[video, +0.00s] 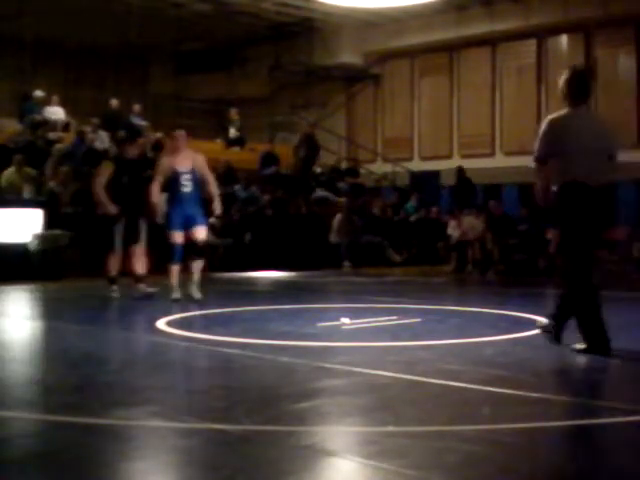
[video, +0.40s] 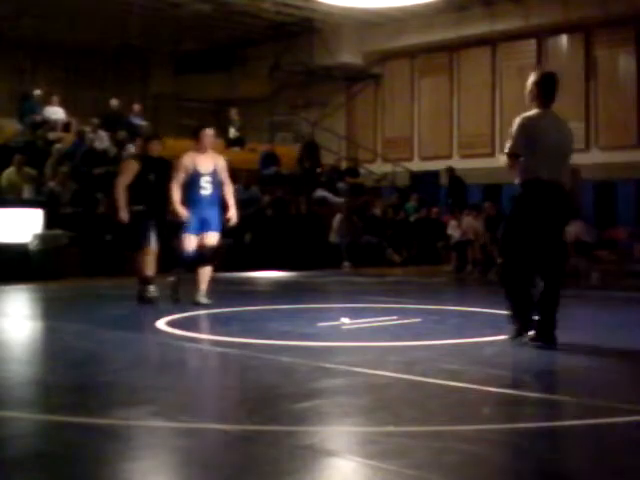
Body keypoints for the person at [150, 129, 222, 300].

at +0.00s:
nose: (179, 143)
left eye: (182, 139)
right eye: (176, 139)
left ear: (187, 140)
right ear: (171, 141)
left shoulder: (197, 158)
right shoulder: (166, 160)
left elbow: (209, 180)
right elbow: (157, 184)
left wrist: (216, 200)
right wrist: (157, 204)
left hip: (195, 205)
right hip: (175, 207)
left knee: (200, 242)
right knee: (177, 246)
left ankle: (195, 284)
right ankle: (175, 286)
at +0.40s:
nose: (209, 141)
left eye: (211, 137)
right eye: (206, 137)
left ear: (214, 139)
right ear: (199, 139)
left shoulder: (219, 160)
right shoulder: (188, 159)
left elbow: (227, 185)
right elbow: (177, 183)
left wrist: (231, 207)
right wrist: (178, 205)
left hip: (213, 210)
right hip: (193, 210)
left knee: (209, 250)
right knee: (189, 249)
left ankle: (202, 292)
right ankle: (178, 278)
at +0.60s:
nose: (224, 139)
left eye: (227, 136)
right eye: (222, 135)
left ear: (229, 137)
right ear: (214, 135)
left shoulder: (230, 155)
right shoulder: (200, 155)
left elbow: (238, 176)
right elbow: (184, 179)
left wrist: (246, 186)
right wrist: (183, 206)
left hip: (224, 203)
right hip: (206, 203)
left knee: (217, 245)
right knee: (213, 241)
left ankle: (204, 290)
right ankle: (201, 285)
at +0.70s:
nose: (231, 137)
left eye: (233, 133)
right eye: (228, 133)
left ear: (236, 136)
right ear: (220, 134)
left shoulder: (236, 156)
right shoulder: (207, 155)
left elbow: (246, 176)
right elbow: (190, 179)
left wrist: (256, 184)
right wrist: (188, 207)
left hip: (231, 204)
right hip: (213, 204)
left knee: (221, 244)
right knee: (221, 242)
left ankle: (207, 286)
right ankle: (222, 288)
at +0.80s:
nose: (239, 138)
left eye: (241, 134)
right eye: (235, 134)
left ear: (243, 136)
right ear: (227, 135)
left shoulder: (244, 159)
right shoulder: (215, 157)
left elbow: (256, 180)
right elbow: (198, 181)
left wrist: (267, 185)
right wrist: (198, 209)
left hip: (238, 206)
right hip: (221, 205)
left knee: (232, 247)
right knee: (233, 245)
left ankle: (209, 278)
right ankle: (238, 291)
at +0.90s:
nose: (246, 139)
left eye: (248, 135)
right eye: (243, 135)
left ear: (251, 137)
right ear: (235, 136)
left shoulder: (254, 158)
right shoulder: (223, 157)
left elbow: (264, 180)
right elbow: (208, 183)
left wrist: (276, 192)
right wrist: (211, 208)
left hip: (248, 205)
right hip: (231, 204)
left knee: (246, 246)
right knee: (243, 241)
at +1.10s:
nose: (267, 133)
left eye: (269, 129)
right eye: (263, 129)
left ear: (271, 132)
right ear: (255, 130)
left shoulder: (270, 153)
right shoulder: (243, 150)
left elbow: (274, 179)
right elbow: (229, 177)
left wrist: (278, 205)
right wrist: (238, 203)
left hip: (267, 201)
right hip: (250, 202)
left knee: (278, 241)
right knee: (253, 245)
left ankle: (253, 283)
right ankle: (245, 293)